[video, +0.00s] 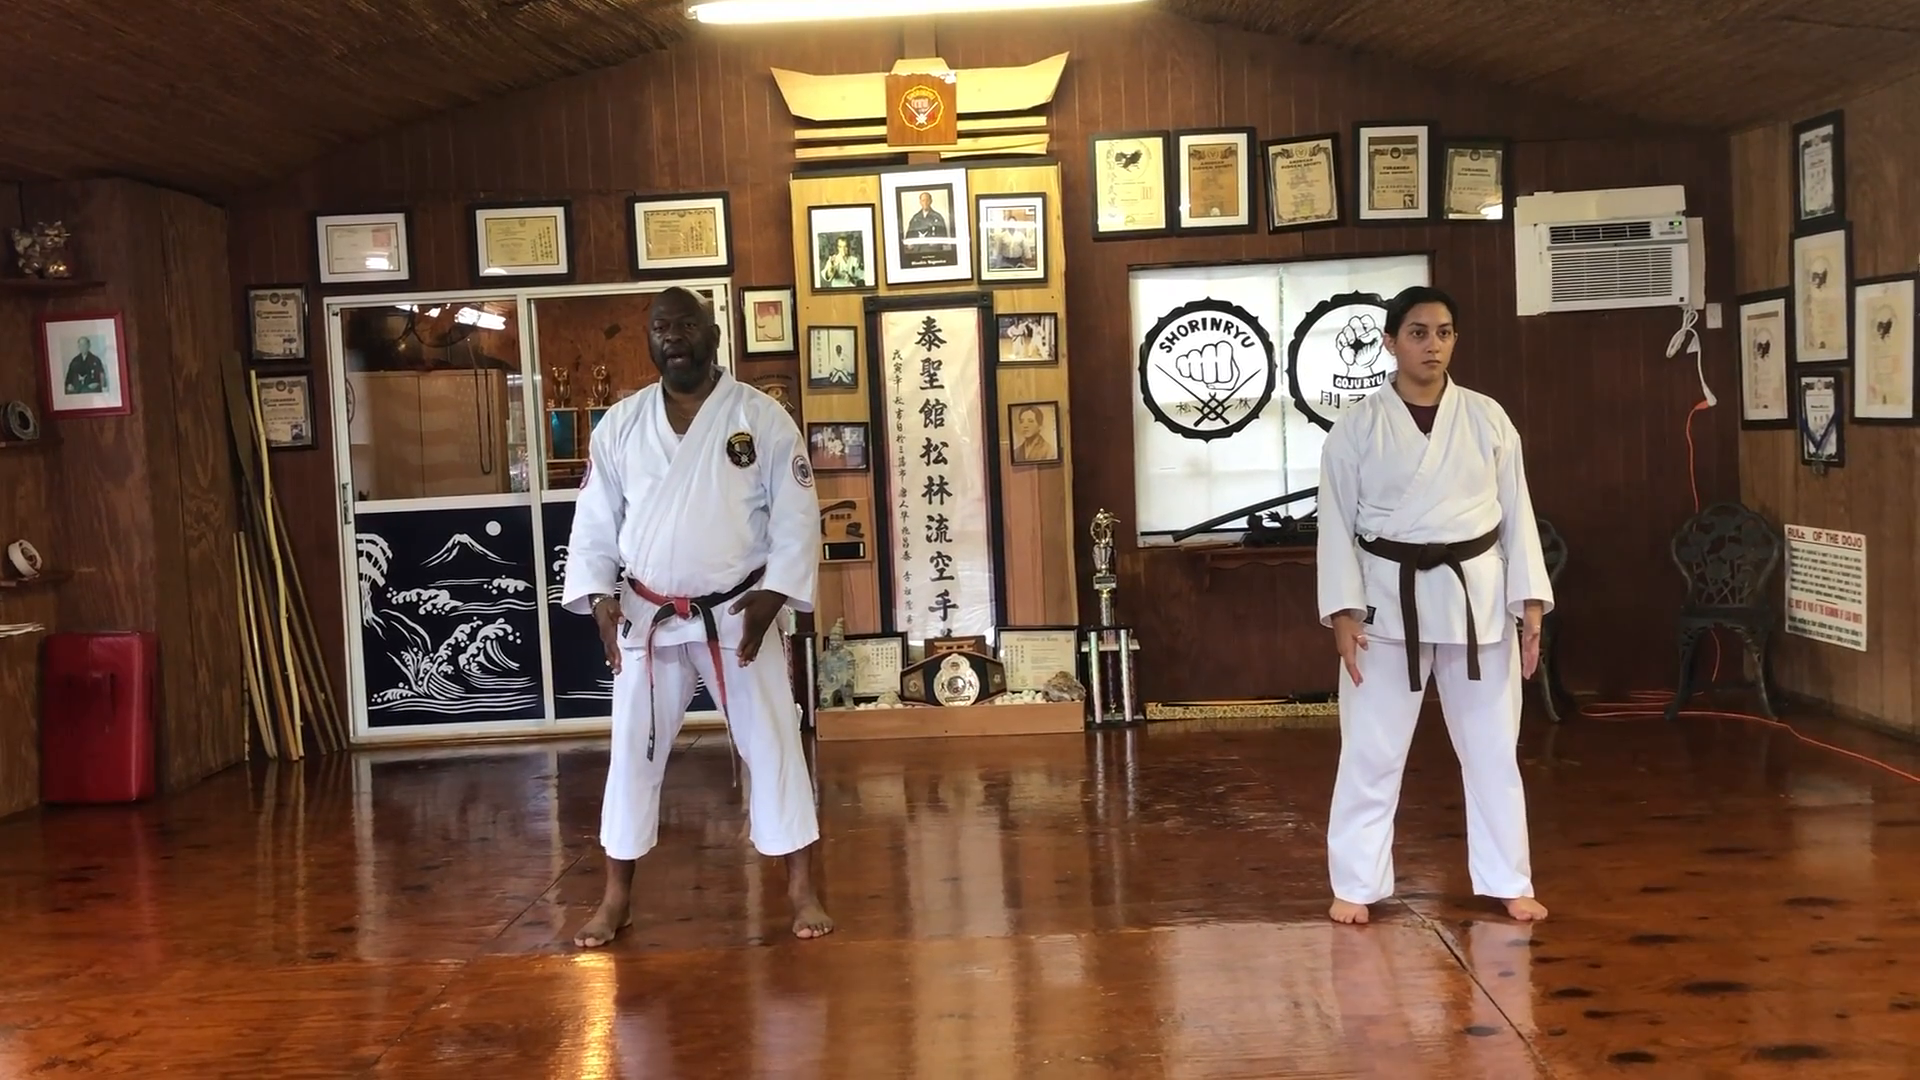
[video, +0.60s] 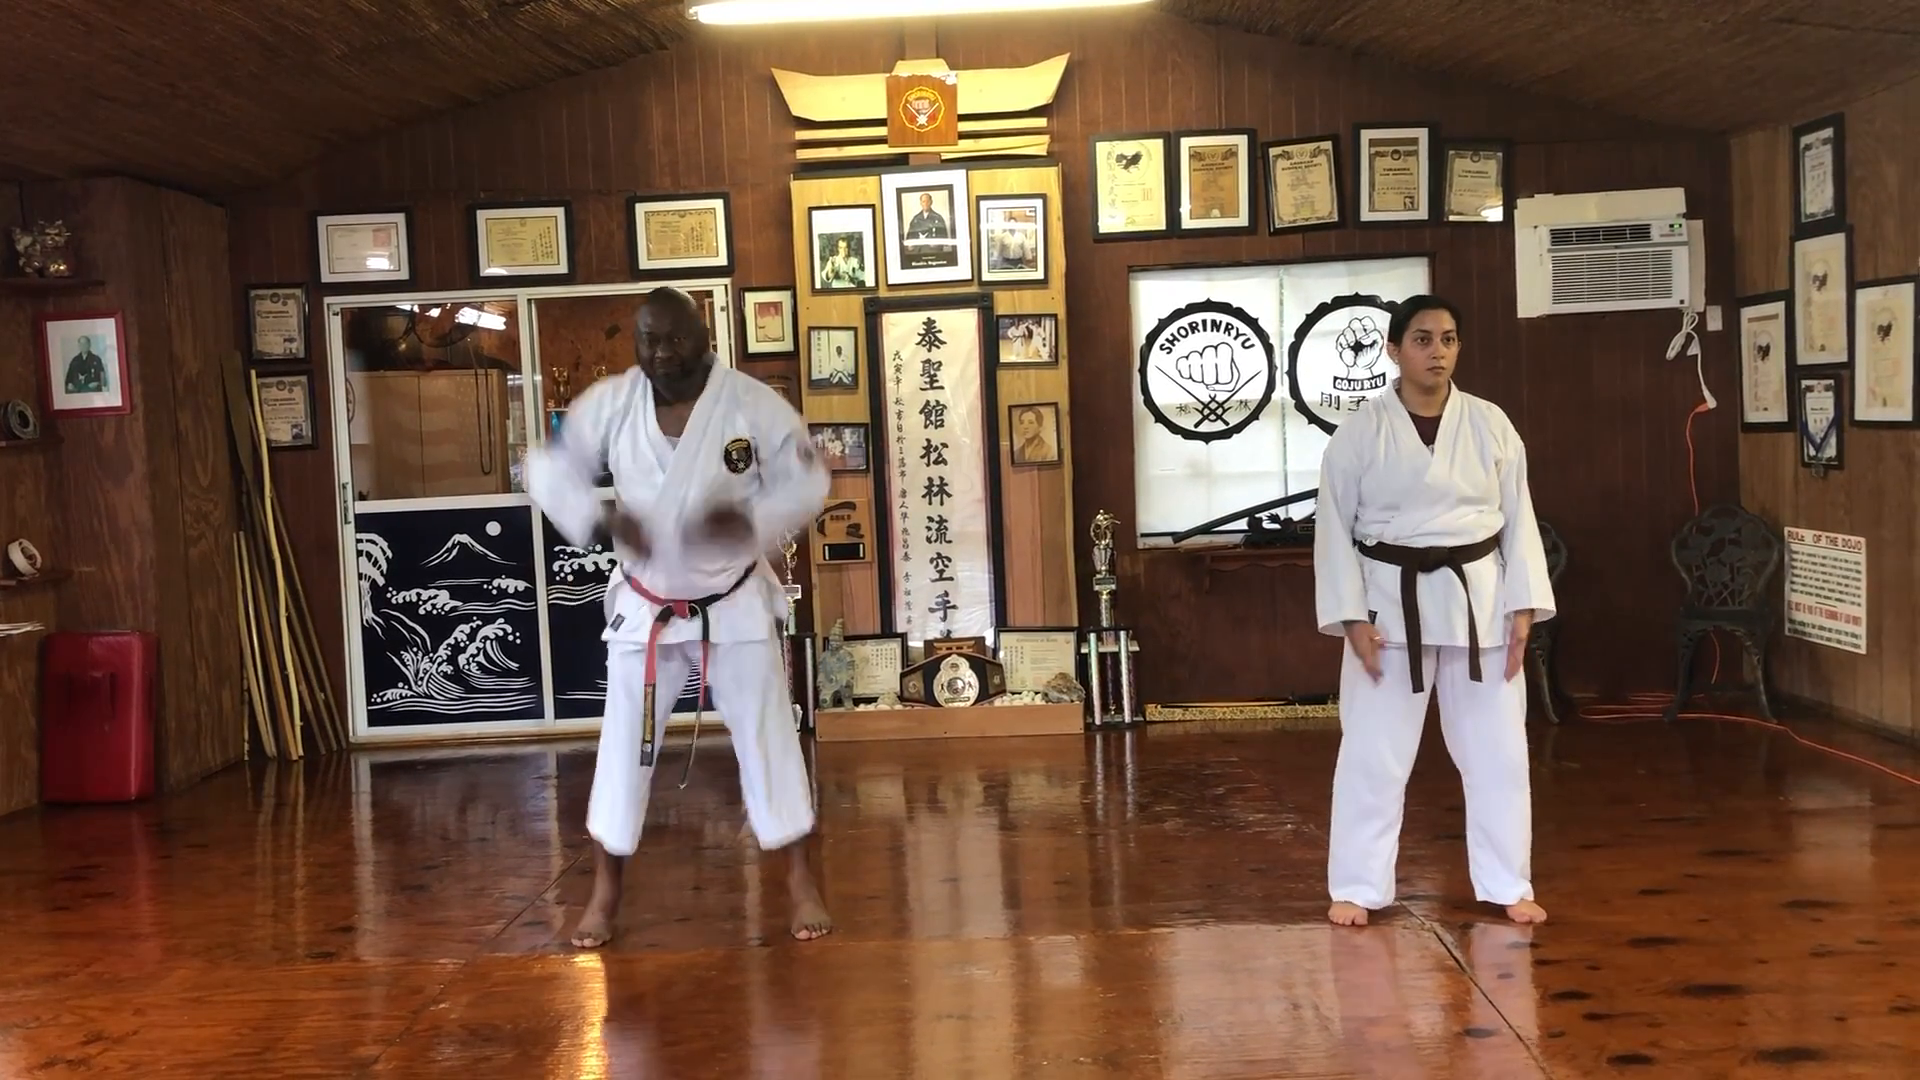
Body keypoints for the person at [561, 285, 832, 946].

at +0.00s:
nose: (673, 338)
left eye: (684, 326)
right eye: (661, 329)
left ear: (714, 334)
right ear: (648, 343)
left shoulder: (762, 418)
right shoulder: (619, 426)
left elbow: (797, 518)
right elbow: (595, 517)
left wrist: (772, 594)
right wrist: (599, 594)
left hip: (738, 607)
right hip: (647, 612)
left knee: (775, 745)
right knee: (631, 752)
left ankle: (804, 889)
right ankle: (614, 901)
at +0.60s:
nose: (653, 352)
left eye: (667, 340)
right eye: (644, 340)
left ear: (701, 340)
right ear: (633, 342)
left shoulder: (755, 405)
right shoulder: (609, 402)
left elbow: (808, 484)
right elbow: (547, 470)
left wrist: (749, 523)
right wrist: (602, 517)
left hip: (735, 594)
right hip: (643, 597)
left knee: (767, 735)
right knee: (621, 740)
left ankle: (802, 888)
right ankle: (603, 897)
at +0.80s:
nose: (651, 416)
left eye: (662, 404)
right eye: (641, 405)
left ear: (684, 390)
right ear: (626, 396)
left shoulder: (726, 425)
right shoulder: (608, 426)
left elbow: (773, 457)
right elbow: (557, 462)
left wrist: (722, 403)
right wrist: (546, 396)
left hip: (739, 619)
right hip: (648, 625)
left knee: (768, 750)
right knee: (622, 754)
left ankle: (786, 893)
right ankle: (599, 899)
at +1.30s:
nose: (659, 408)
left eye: (673, 398)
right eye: (651, 397)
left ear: (703, 391)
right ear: (639, 390)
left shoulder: (737, 429)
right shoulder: (611, 428)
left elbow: (774, 485)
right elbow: (550, 498)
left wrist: (694, 447)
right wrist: (547, 457)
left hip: (723, 618)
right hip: (632, 621)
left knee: (758, 743)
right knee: (616, 752)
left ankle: (786, 893)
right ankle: (616, 891)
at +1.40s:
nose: (657, 410)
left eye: (671, 398)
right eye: (649, 397)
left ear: (703, 396)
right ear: (639, 394)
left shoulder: (738, 445)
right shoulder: (613, 438)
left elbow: (761, 501)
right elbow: (573, 497)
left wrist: (684, 514)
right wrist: (544, 523)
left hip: (706, 629)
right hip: (611, 627)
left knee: (750, 756)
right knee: (578, 761)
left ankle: (785, 893)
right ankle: (576, 887)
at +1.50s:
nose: (604, 411)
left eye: (618, 400)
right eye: (600, 399)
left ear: (656, 400)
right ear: (596, 398)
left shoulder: (702, 450)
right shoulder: (578, 450)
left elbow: (754, 497)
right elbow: (545, 523)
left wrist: (736, 552)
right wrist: (588, 550)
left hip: (680, 642)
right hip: (583, 642)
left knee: (734, 754)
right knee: (519, 756)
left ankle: (785, 893)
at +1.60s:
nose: (526, 419)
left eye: (540, 409)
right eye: (523, 406)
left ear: (584, 411)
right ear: (524, 408)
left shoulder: (649, 457)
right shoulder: (511, 459)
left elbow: (725, 490)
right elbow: (528, 500)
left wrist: (799, 526)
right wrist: (616, 499)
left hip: (633, 651)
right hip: (536, 651)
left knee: (698, 760)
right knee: (455, 756)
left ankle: (777, 894)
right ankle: (383, 887)